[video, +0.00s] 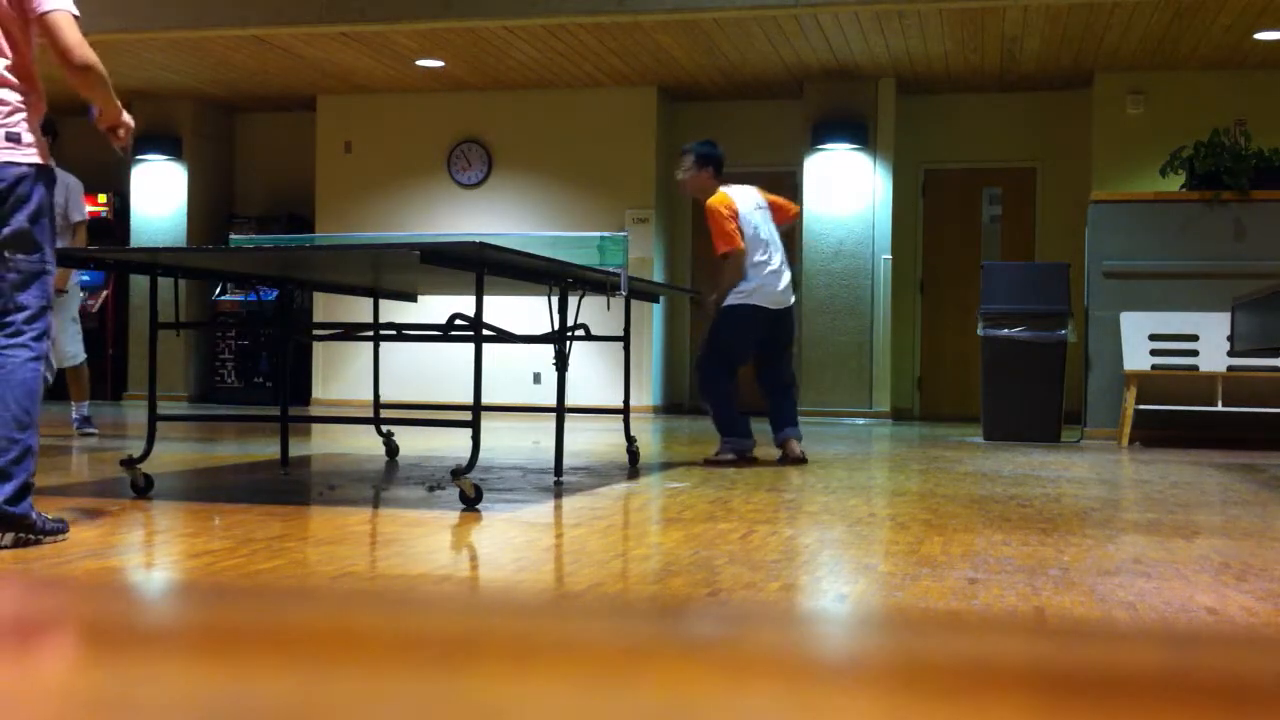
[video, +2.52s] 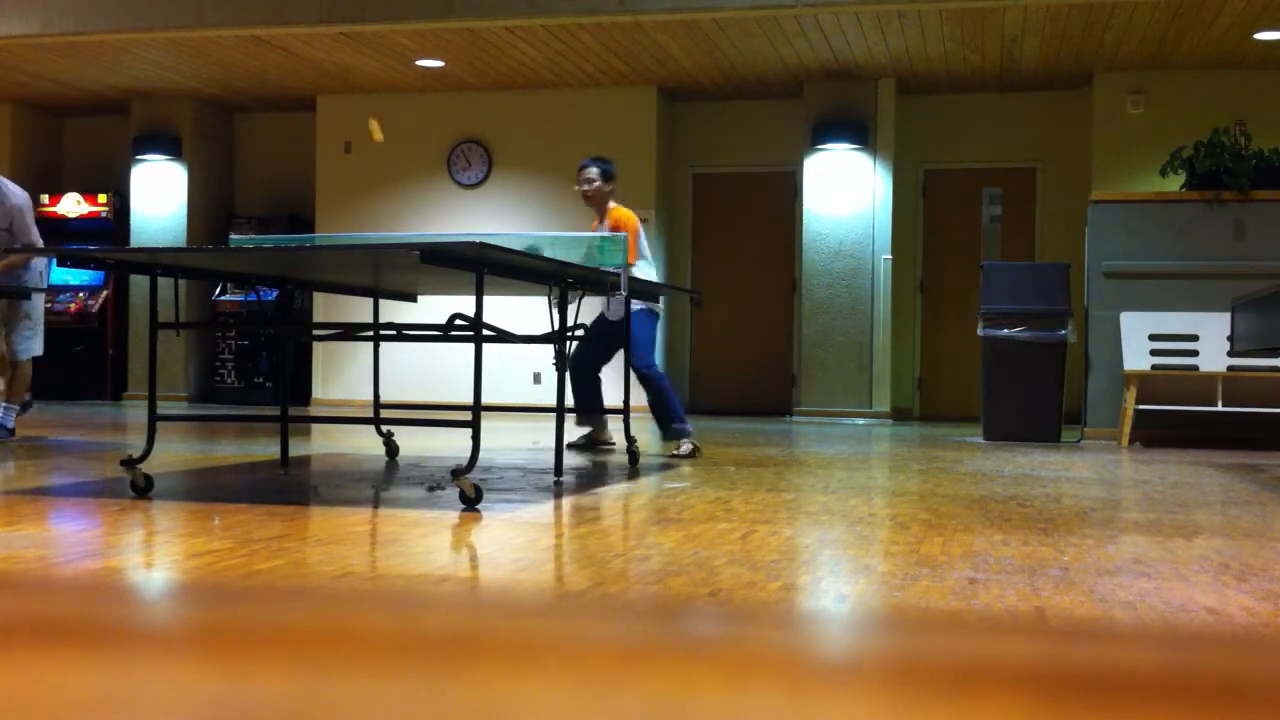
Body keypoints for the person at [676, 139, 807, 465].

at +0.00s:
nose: (680, 178)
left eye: (686, 170)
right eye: (681, 170)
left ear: (708, 172)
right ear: (712, 173)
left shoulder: (717, 202)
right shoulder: (752, 193)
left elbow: (735, 255)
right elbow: (791, 211)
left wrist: (718, 295)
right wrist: (760, 237)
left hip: (748, 300)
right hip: (781, 300)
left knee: (712, 369)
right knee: (776, 370)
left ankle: (735, 443)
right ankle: (791, 441)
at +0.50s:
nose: (681, 169)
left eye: (689, 162)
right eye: (679, 162)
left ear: (708, 167)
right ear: (677, 168)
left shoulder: (726, 205)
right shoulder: (684, 210)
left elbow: (742, 255)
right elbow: (680, 251)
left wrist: (702, 279)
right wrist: (662, 262)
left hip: (726, 299)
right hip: (695, 301)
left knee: (717, 360)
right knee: (676, 363)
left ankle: (732, 445)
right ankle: (679, 437)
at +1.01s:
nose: (651, 183)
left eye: (656, 176)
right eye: (649, 177)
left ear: (677, 177)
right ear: (662, 181)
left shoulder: (689, 206)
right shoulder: (678, 213)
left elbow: (687, 254)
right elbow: (681, 256)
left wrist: (665, 272)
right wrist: (667, 271)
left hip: (725, 302)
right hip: (700, 305)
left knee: (740, 366)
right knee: (670, 362)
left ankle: (778, 439)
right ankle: (674, 436)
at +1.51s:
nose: (657, 160)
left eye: (665, 153)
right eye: (656, 154)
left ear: (688, 159)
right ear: (656, 159)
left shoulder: (714, 198)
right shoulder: (648, 199)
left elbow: (737, 232)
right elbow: (601, 206)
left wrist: (713, 254)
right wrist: (564, 200)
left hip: (708, 294)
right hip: (664, 294)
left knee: (724, 355)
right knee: (648, 361)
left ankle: (732, 431)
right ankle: (660, 415)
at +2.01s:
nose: (631, 165)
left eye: (638, 160)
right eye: (626, 160)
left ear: (653, 167)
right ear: (619, 167)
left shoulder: (670, 208)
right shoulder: (606, 206)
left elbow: (690, 253)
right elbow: (589, 246)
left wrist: (677, 254)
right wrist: (602, 244)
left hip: (663, 306)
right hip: (618, 304)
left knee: (694, 364)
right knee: (584, 370)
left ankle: (711, 441)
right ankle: (566, 443)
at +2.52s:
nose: (585, 189)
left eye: (591, 182)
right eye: (581, 183)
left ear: (610, 184)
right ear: (578, 188)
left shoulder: (624, 218)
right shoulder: (596, 226)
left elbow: (624, 264)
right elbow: (596, 265)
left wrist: (583, 272)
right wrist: (570, 273)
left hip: (640, 304)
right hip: (614, 306)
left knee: (643, 366)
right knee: (581, 363)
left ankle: (682, 438)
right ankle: (598, 431)